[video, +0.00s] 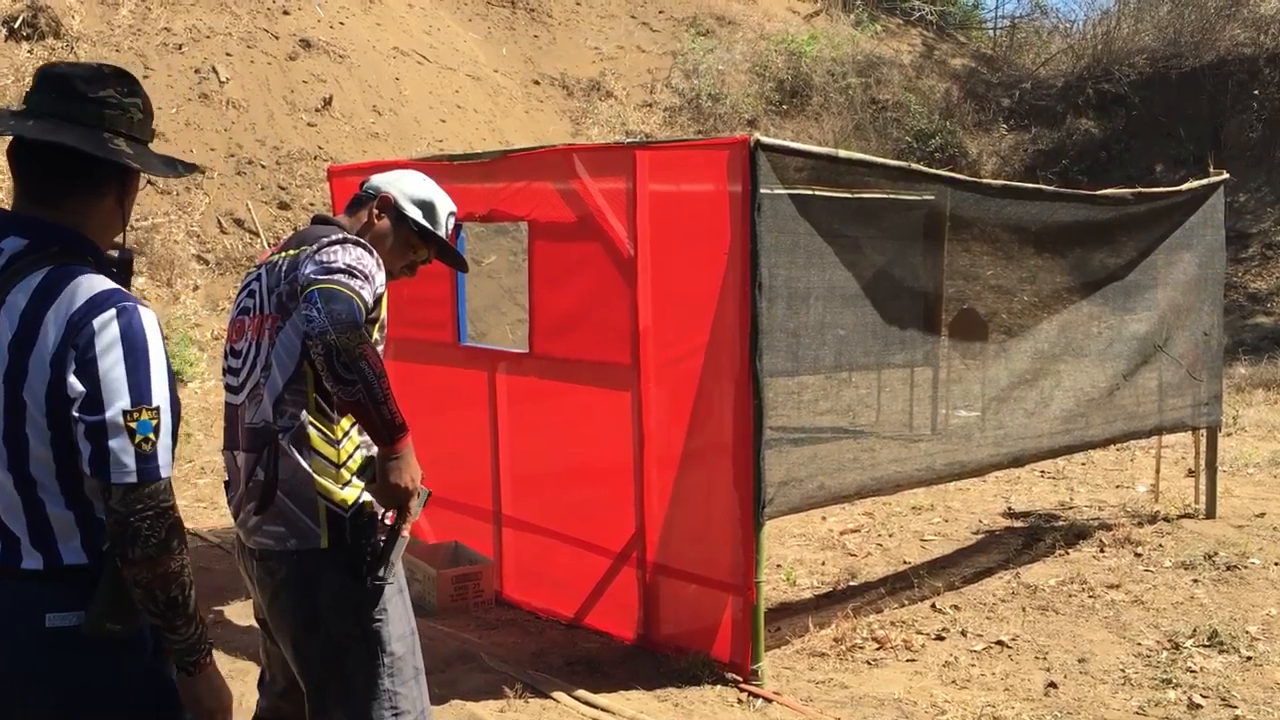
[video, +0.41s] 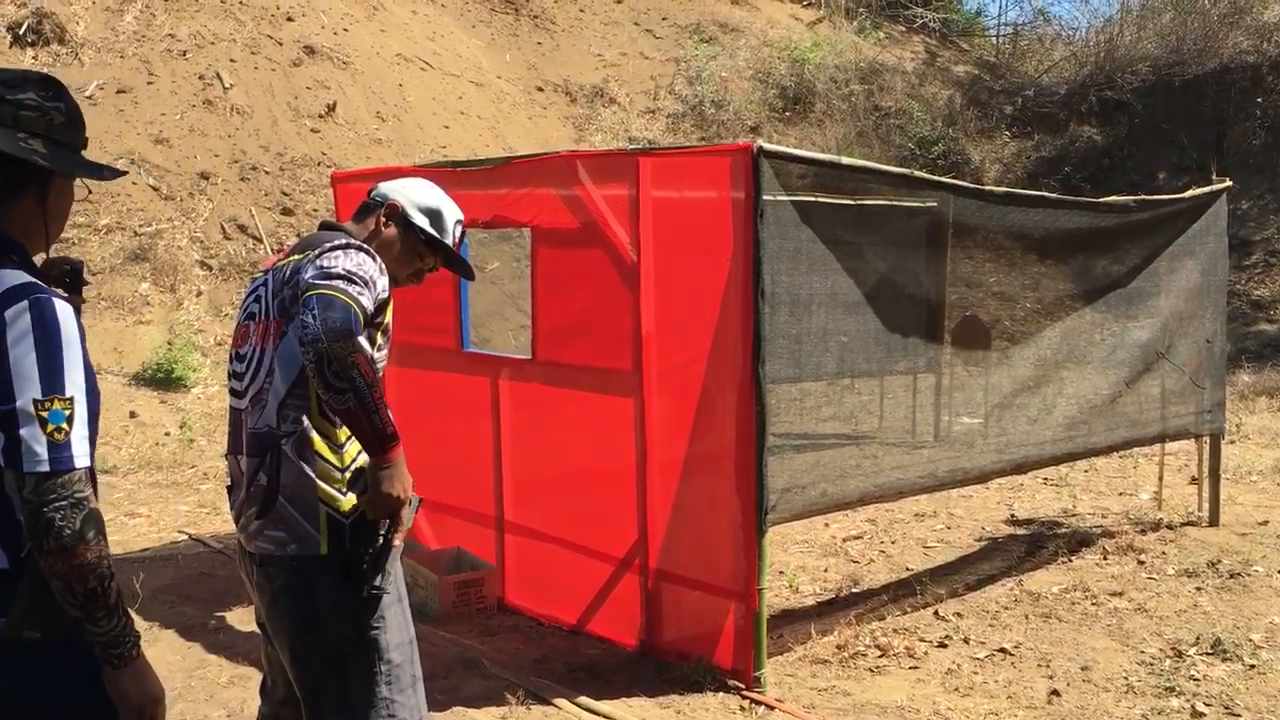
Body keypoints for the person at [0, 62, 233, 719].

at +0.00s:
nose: (138, 194)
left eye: (137, 176)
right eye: (139, 178)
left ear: (14, 164)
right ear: (125, 185)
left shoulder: (8, 271)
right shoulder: (108, 319)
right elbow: (143, 528)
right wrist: (196, 664)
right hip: (81, 625)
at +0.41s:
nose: (76, 195)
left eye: (76, 178)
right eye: (71, 178)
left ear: (13, 178)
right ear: (41, 183)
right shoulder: (33, 309)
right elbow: (60, 518)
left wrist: (34, 294)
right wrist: (123, 652)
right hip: (35, 646)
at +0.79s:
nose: (73, 206)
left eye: (75, 185)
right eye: (67, 182)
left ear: (22, 178)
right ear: (24, 176)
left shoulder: (17, 286)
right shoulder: (27, 295)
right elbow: (55, 496)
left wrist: (34, 276)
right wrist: (126, 640)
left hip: (17, 635)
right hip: (37, 644)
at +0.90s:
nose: (87, 206)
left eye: (89, 187)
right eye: (83, 184)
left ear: (34, 178)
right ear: (40, 176)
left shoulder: (19, 287)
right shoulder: (37, 296)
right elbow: (70, 500)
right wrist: (139, 641)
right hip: (39, 642)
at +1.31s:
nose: (167, 212)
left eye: (173, 195)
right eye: (168, 191)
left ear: (50, 162)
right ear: (126, 182)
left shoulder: (7, 255)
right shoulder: (115, 314)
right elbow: (149, 529)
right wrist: (207, 658)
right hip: (84, 638)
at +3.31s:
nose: (138, 164)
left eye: (141, 147)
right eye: (135, 148)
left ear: (14, 149)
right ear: (99, 160)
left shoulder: (11, 258)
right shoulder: (98, 293)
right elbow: (141, 507)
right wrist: (201, 641)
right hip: (76, 618)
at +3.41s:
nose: (131, 158)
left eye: (134, 143)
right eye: (124, 144)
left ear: (12, 147)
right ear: (87, 159)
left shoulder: (7, 247)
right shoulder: (91, 292)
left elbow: (70, 194)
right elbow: (141, 503)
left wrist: (164, 146)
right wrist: (208, 637)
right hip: (76, 611)